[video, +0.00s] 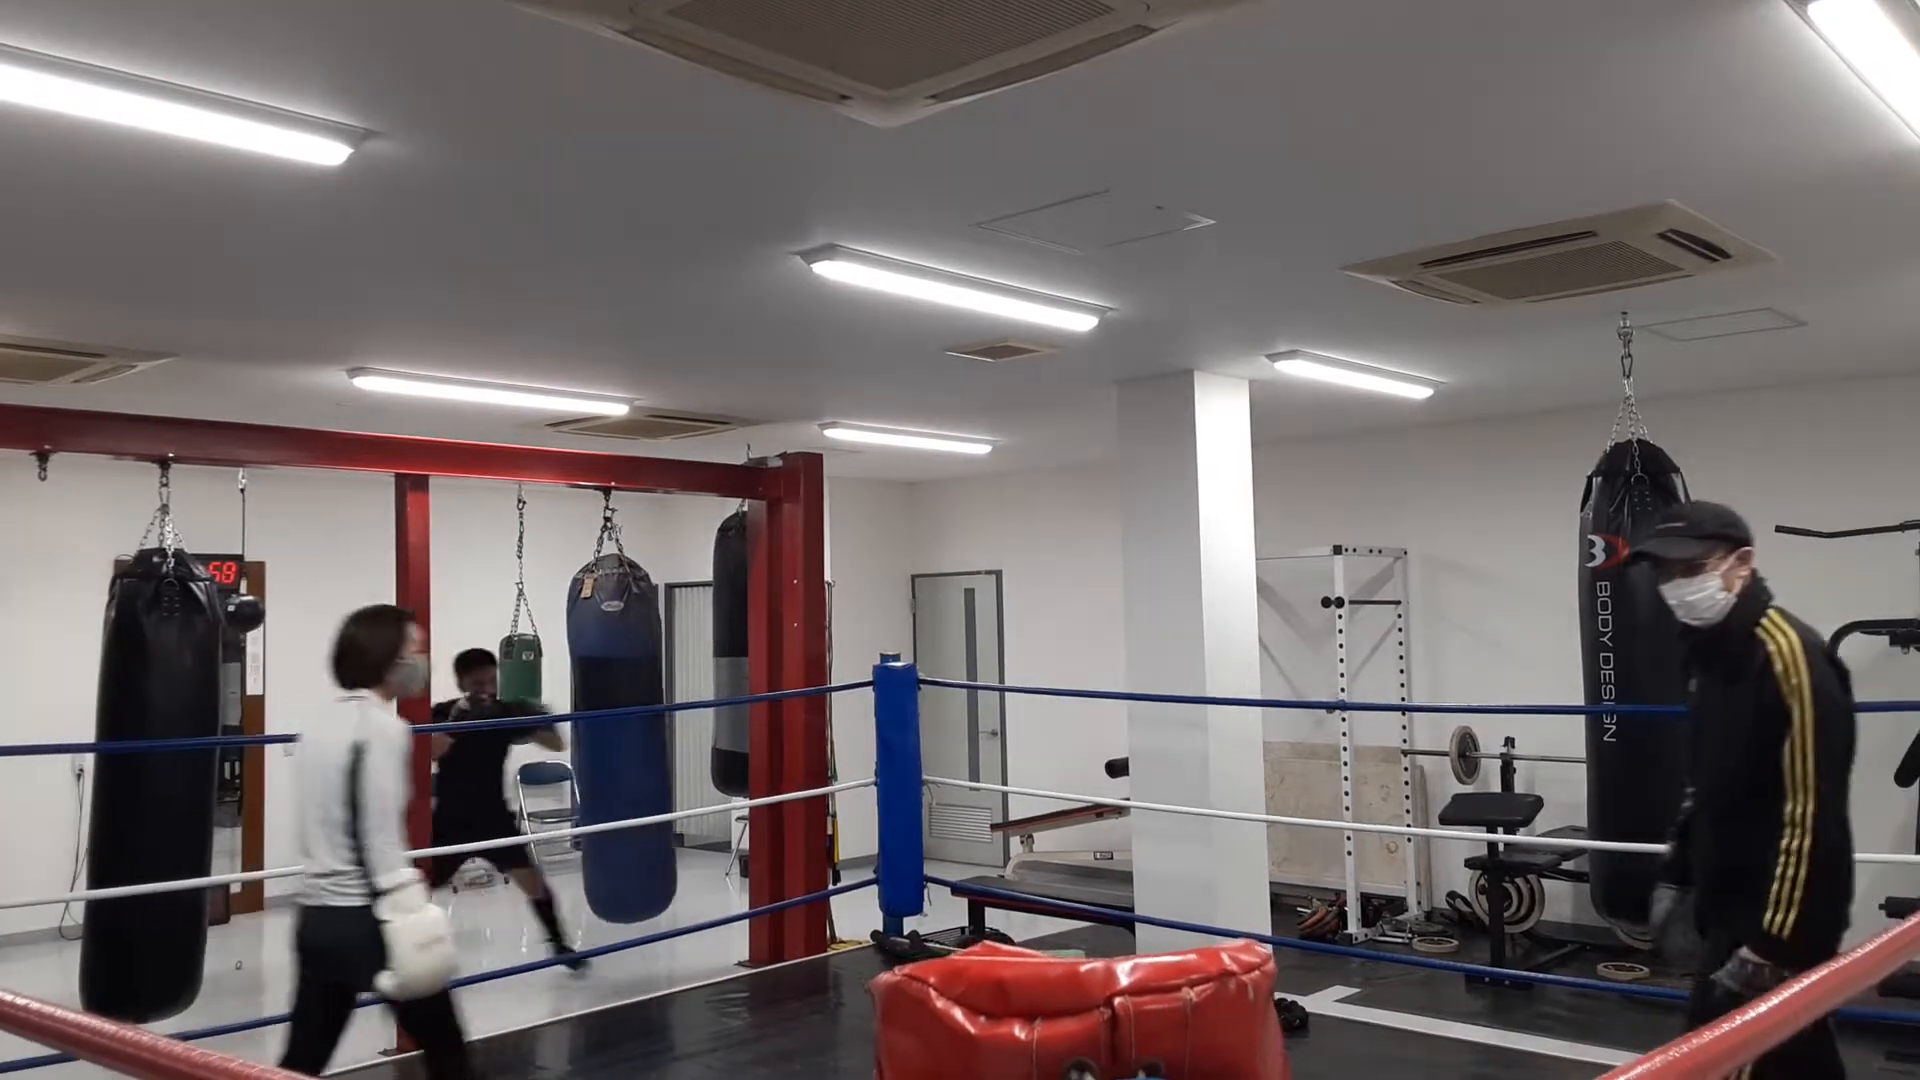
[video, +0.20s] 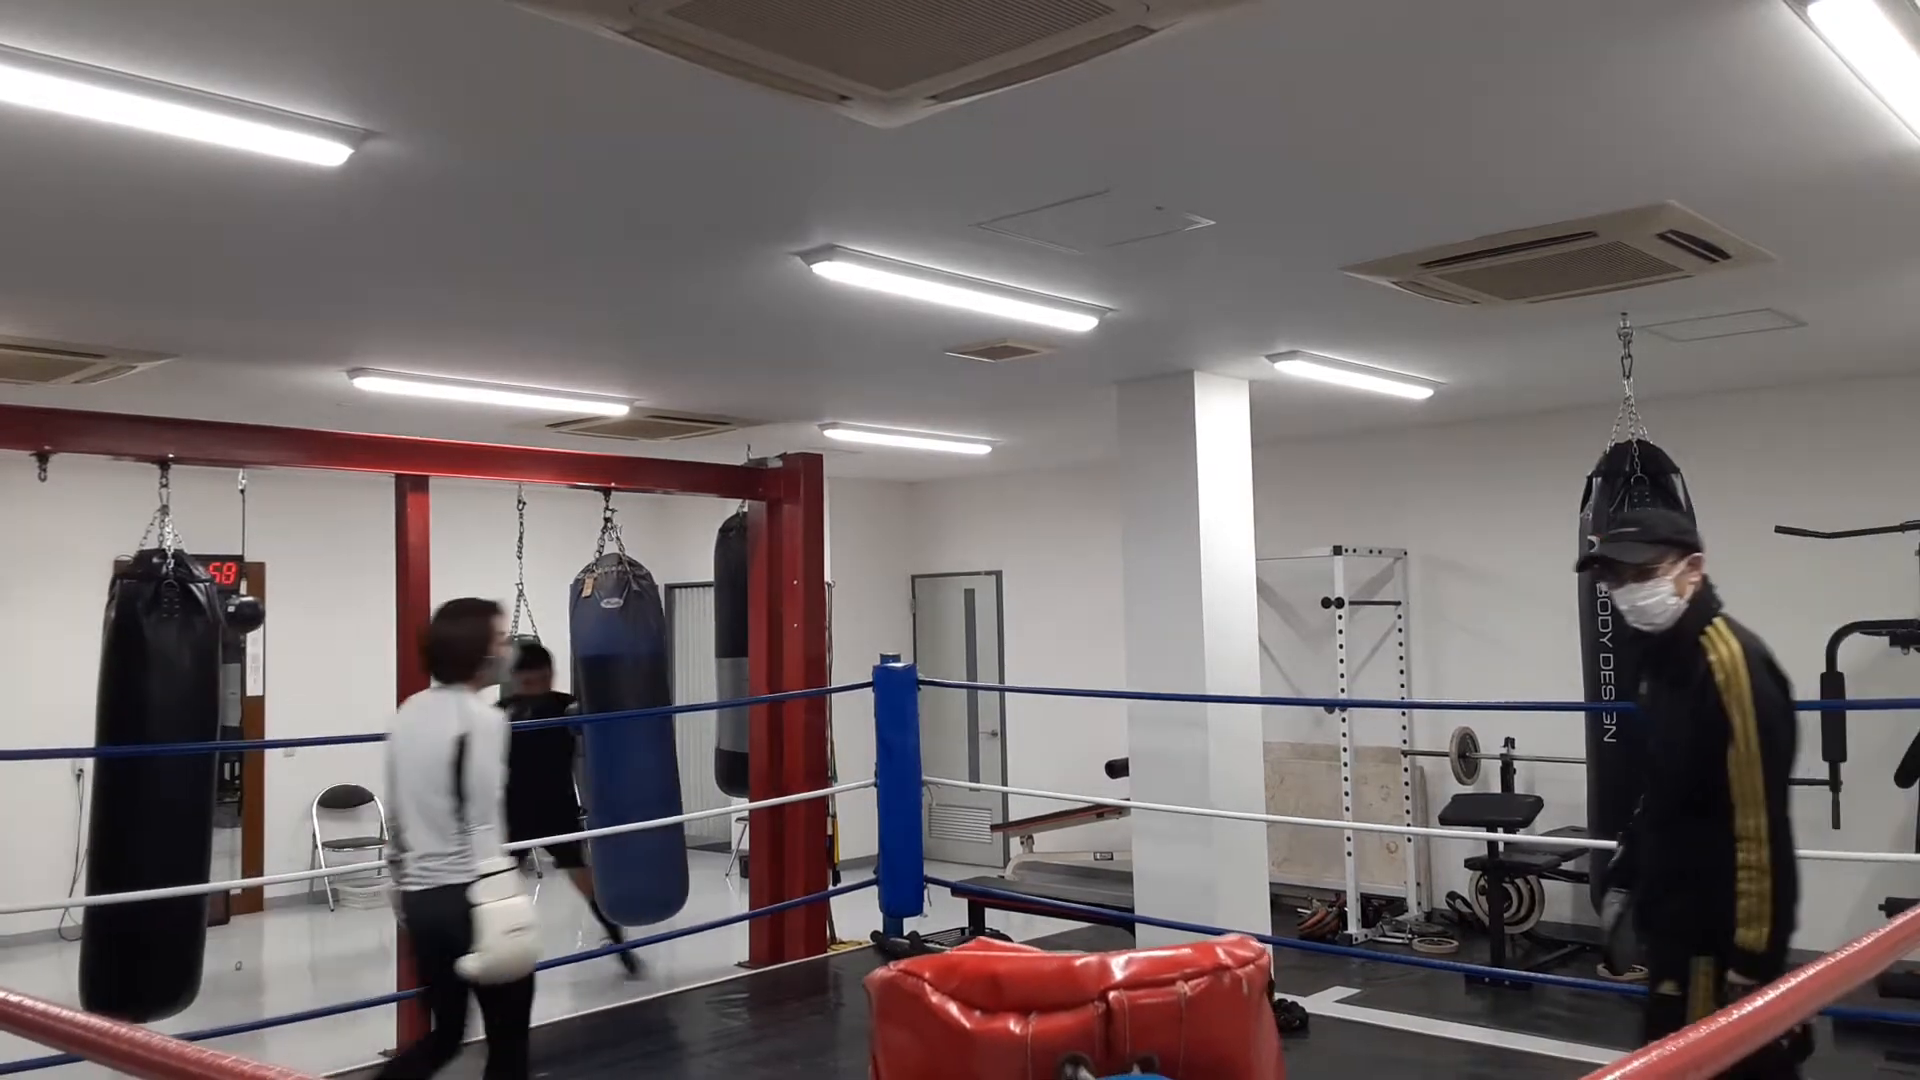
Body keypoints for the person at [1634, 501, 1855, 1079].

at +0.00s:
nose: (1678, 585)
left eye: (1693, 567)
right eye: (1667, 572)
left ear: (1741, 563)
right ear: (1657, 575)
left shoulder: (1792, 655)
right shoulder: (1711, 654)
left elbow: (1810, 816)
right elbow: (1706, 789)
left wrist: (1766, 954)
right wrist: (1675, 879)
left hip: (1777, 933)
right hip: (1724, 916)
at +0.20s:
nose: (1628, 588)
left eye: (1644, 570)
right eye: (1616, 575)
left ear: (1692, 568)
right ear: (1605, 580)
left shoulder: (1731, 662)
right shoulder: (1662, 661)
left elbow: (1756, 823)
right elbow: (1660, 796)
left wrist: (1751, 971)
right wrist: (1621, 878)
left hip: (1715, 947)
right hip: (1671, 936)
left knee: (1710, 1070)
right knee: (1668, 1067)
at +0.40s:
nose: (1575, 580)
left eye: (1591, 562)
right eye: (1568, 567)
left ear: (1640, 565)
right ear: (1561, 569)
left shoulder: (1663, 649)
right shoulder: (1627, 646)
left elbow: (1681, 805)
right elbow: (1632, 795)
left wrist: (1671, 949)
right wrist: (1607, 932)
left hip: (1644, 946)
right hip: (1617, 938)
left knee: (1631, 1072)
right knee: (1613, 1068)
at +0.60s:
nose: (1520, 590)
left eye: (1530, 573)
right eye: (1515, 578)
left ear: (1581, 568)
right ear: (1576, 573)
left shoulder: (1608, 651)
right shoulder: (1597, 646)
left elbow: (1599, 808)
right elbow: (1594, 806)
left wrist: (1575, 953)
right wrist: (1573, 940)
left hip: (1607, 932)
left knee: (1583, 1053)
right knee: (1604, 1054)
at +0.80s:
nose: (1467, 583)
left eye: (1476, 569)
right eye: (1466, 571)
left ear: (1516, 572)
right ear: (1521, 573)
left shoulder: (1536, 651)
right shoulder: (1576, 640)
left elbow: (1520, 803)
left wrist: (1489, 942)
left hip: (1545, 919)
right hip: (1583, 902)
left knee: (1552, 1061)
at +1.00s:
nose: (1428, 590)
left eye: (1434, 576)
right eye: (1426, 578)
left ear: (1467, 578)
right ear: (1477, 578)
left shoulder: (1492, 656)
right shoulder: (1530, 649)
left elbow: (1478, 805)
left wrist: (1445, 934)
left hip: (1518, 917)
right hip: (1549, 904)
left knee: (1548, 1062)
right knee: (1498, 1063)